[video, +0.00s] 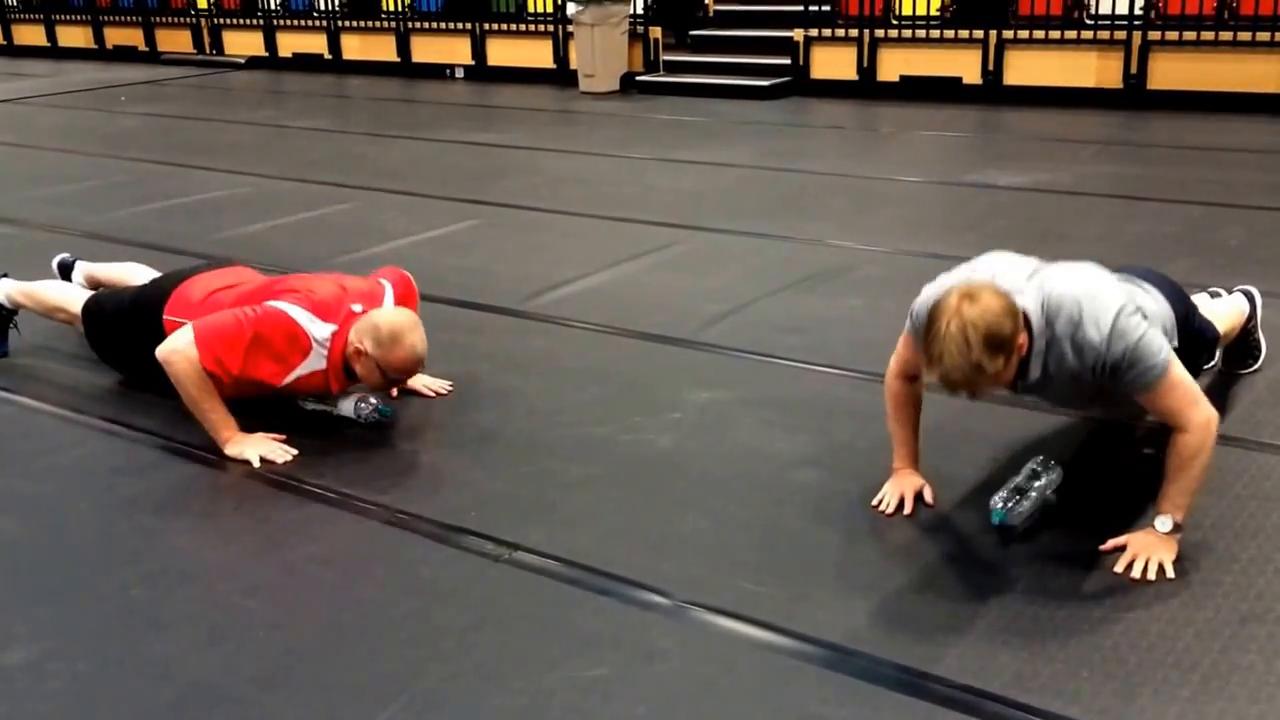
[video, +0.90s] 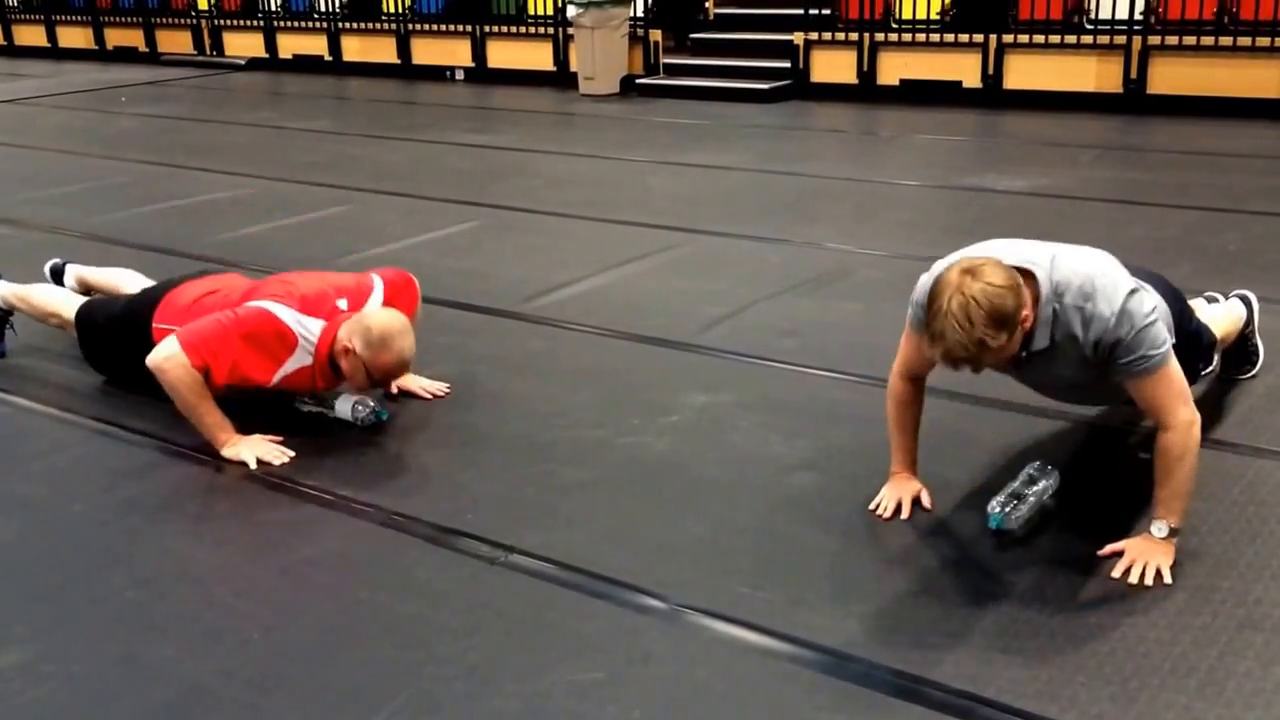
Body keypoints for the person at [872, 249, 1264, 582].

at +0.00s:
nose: (970, 396)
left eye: (980, 385)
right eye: (960, 388)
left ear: (1015, 349)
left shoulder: (1109, 333)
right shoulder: (934, 310)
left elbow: (1200, 421)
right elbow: (902, 373)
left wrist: (1164, 528)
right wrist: (904, 467)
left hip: (1161, 314)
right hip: (1084, 300)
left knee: (1208, 324)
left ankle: (1244, 306)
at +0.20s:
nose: (978, 370)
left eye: (990, 357)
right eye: (966, 359)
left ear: (1025, 318)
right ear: (953, 327)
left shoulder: (1117, 313)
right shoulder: (937, 301)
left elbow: (1193, 418)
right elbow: (906, 373)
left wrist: (1164, 529)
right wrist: (903, 468)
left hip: (1153, 322)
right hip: (1072, 350)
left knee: (1203, 333)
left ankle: (1241, 308)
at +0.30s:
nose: (970, 413)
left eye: (979, 403)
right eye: (959, 406)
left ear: (1015, 370)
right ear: (935, 360)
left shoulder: (1110, 353)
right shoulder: (935, 325)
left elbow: (1210, 426)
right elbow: (894, 378)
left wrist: (1164, 529)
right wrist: (902, 469)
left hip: (1153, 330)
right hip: (1087, 308)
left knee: (1203, 339)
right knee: (1159, 315)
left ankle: (1239, 307)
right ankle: (1207, 301)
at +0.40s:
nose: (969, 462)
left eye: (975, 453)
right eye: (956, 456)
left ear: (1009, 415)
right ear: (930, 396)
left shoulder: (1101, 388)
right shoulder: (941, 351)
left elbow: (1218, 433)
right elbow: (886, 379)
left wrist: (1165, 530)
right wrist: (902, 469)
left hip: (1138, 355)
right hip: (1060, 328)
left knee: (1195, 355)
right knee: (1138, 327)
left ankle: (1238, 307)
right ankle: (1203, 302)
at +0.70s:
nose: (975, 448)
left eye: (981, 439)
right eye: (960, 441)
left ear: (1012, 405)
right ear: (935, 393)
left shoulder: (1108, 378)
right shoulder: (938, 341)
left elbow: (1213, 433)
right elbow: (891, 380)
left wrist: (1162, 532)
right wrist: (902, 471)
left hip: (1143, 345)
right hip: (1069, 319)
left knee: (1199, 346)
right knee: (1149, 320)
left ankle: (1238, 310)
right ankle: (1206, 302)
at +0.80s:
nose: (993, 395)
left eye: (995, 385)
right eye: (978, 390)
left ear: (1020, 346)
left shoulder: (1113, 333)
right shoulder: (936, 309)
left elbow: (1195, 424)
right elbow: (900, 378)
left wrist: (1161, 532)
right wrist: (901, 471)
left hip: (1156, 327)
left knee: (1203, 335)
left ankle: (1239, 310)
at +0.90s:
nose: (983, 372)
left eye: (992, 360)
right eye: (970, 364)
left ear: (1025, 317)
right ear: (951, 327)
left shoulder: (1118, 312)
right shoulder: (937, 295)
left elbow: (1180, 423)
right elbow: (906, 377)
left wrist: (1162, 533)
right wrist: (901, 471)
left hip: (1151, 335)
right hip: (1070, 360)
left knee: (1202, 336)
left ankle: (1239, 312)